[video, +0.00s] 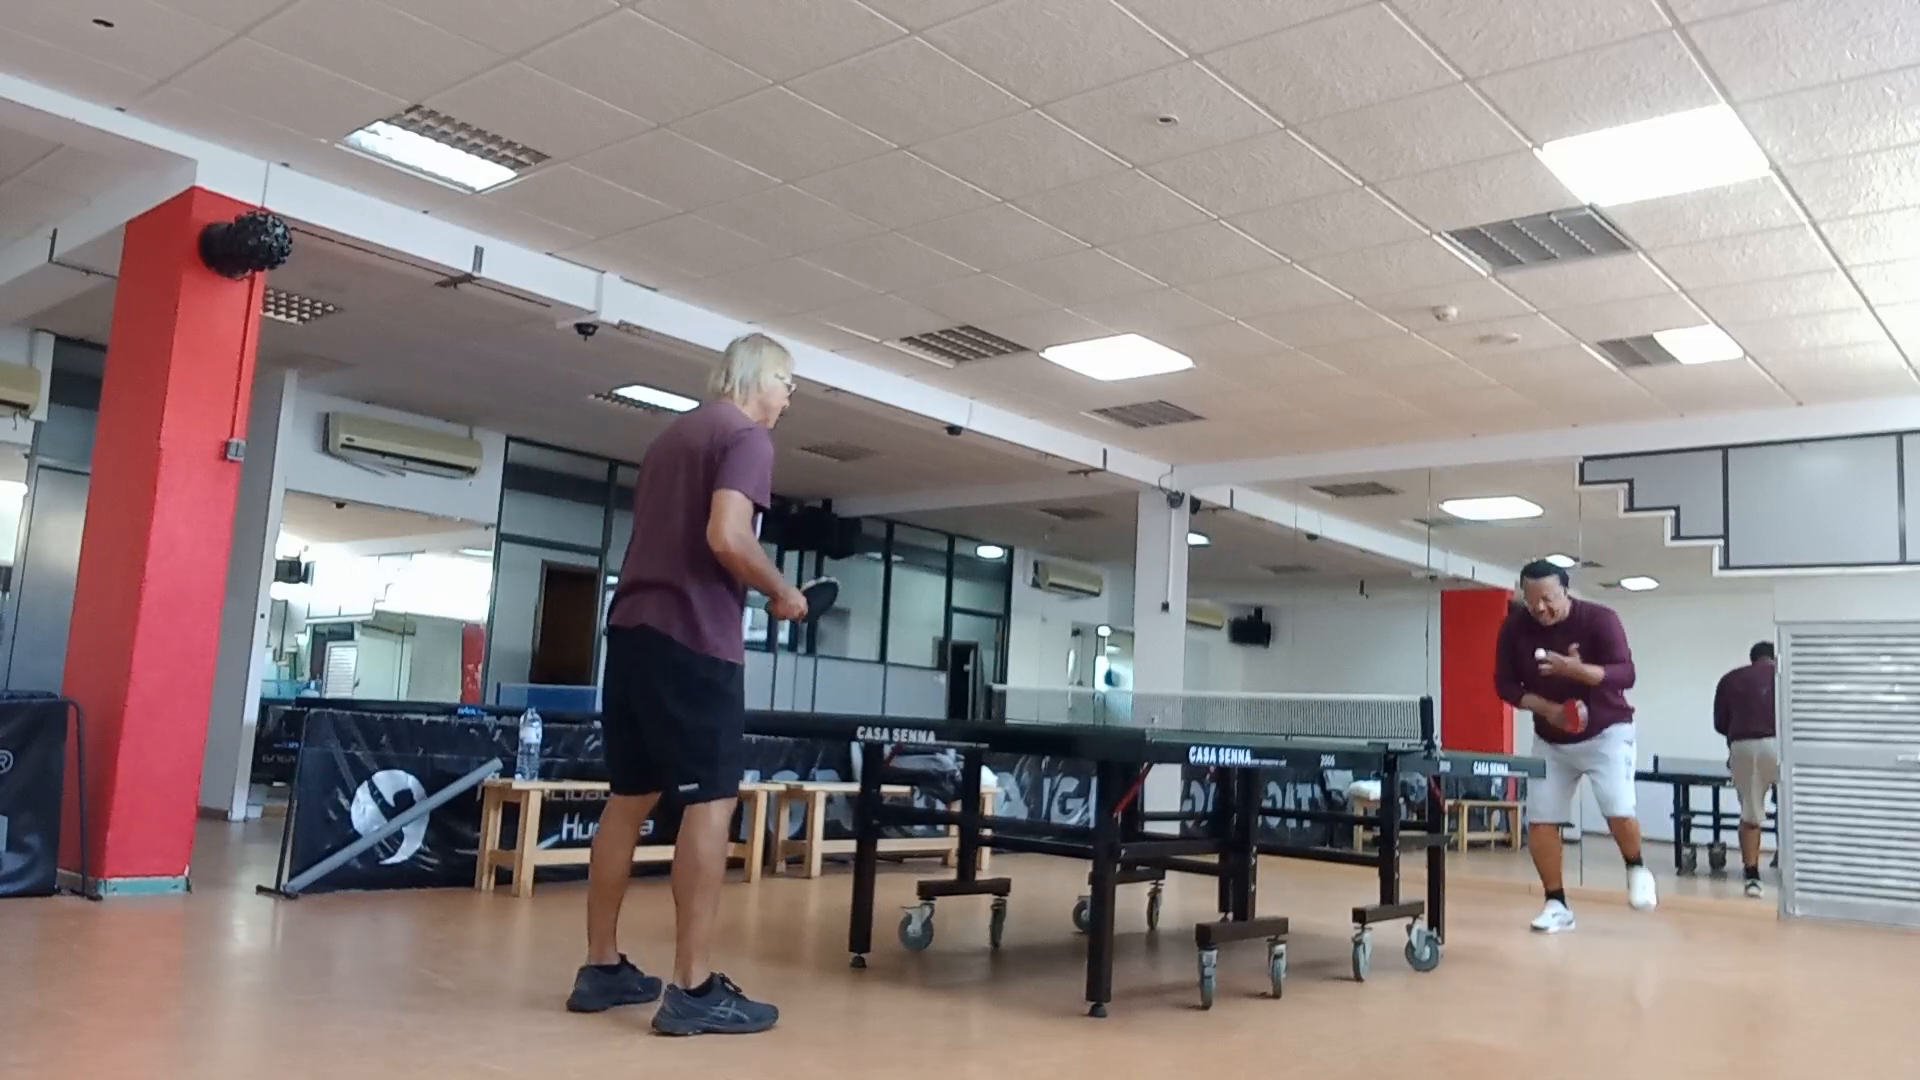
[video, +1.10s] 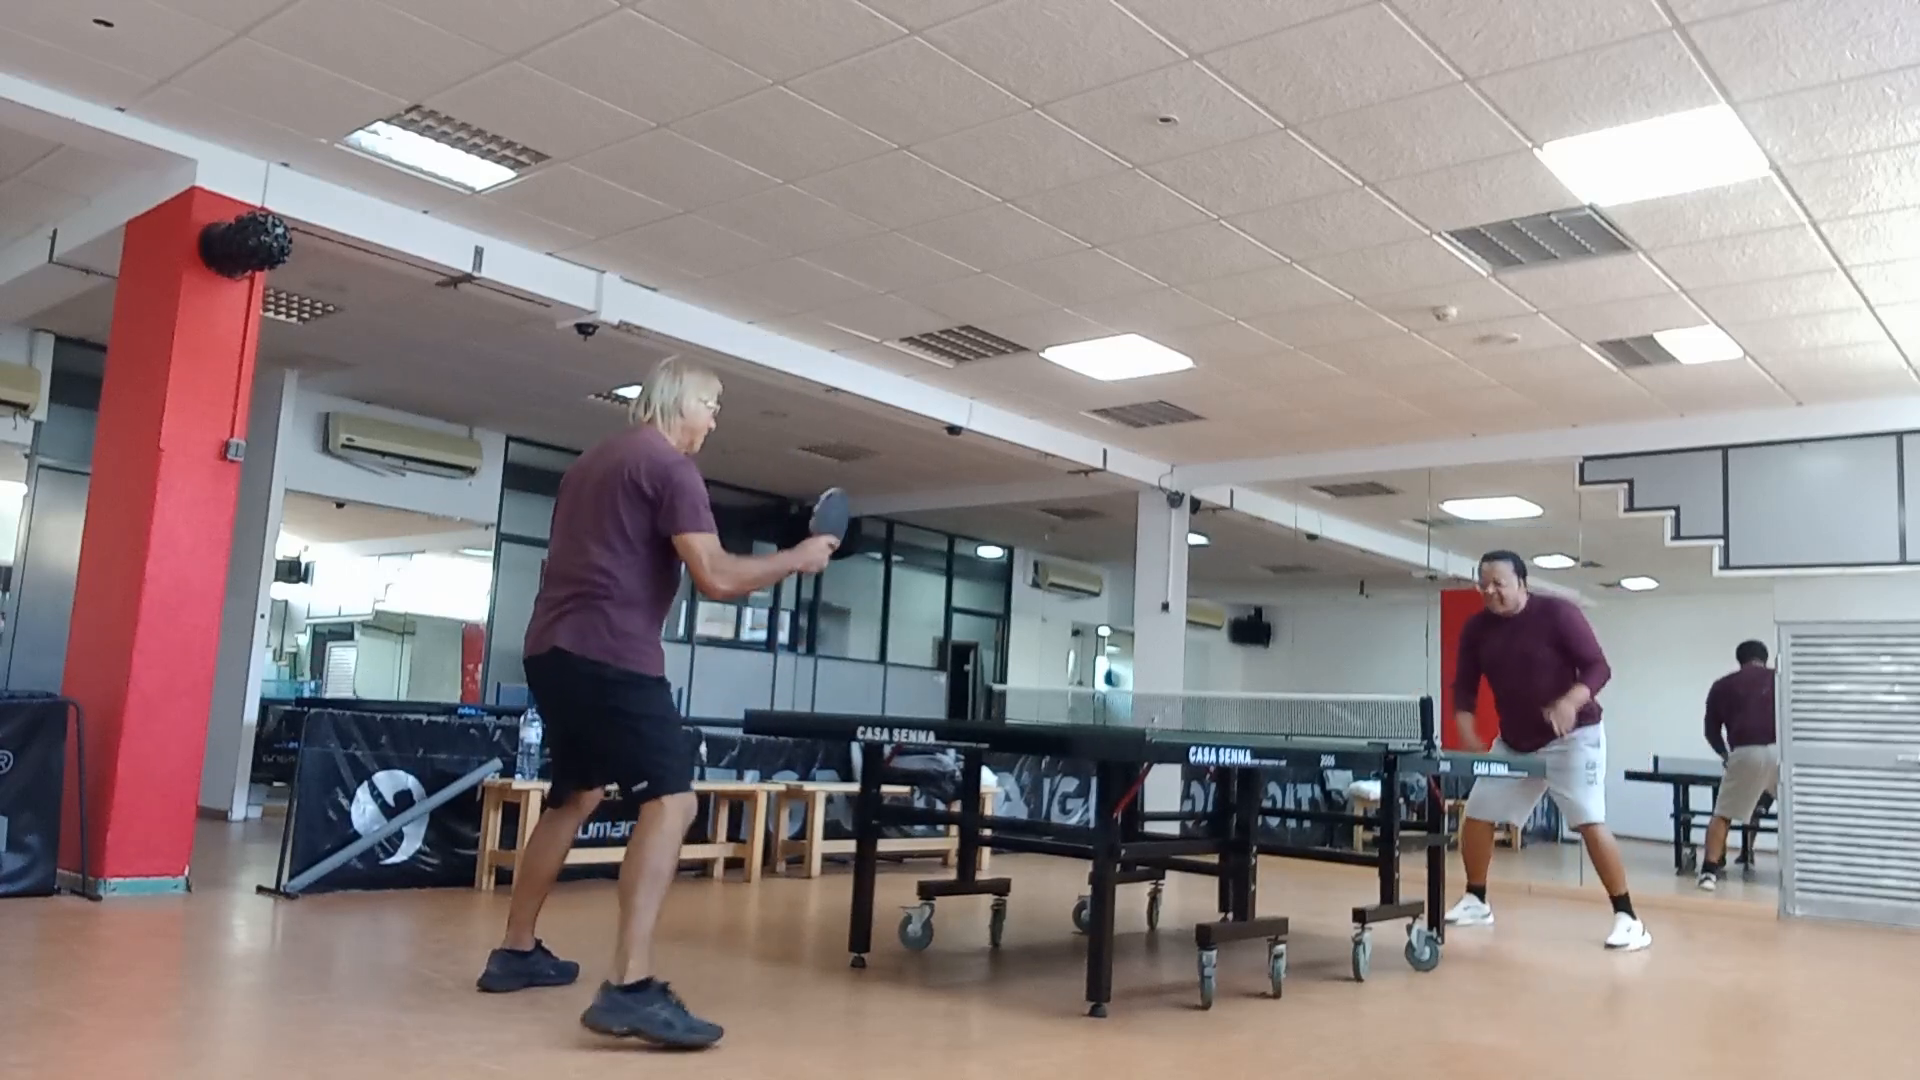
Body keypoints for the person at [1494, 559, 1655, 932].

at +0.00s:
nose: (1541, 608)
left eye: (1548, 600)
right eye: (1533, 601)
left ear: (1565, 590)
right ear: (1524, 597)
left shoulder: (1600, 620)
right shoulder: (1516, 627)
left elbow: (1625, 673)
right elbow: (1505, 686)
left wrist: (1579, 670)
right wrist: (1547, 708)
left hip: (1607, 735)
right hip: (1552, 740)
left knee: (1618, 810)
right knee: (1541, 818)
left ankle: (1636, 869)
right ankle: (1556, 904)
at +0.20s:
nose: (1542, 613)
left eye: (1550, 604)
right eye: (1533, 605)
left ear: (1566, 596)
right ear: (1523, 600)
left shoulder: (1599, 625)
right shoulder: (1513, 627)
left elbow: (1640, 679)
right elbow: (1483, 678)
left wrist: (1615, 704)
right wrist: (1533, 700)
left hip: (1600, 737)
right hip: (1546, 745)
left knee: (1601, 794)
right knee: (1532, 821)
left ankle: (1627, 870)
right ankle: (1555, 905)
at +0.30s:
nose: (1542, 615)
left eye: (1550, 607)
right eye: (1534, 608)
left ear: (1568, 600)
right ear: (1526, 602)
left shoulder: (1599, 627)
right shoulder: (1516, 623)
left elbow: (1634, 686)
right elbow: (1475, 656)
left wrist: (1612, 743)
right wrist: (1493, 678)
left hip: (1596, 746)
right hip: (1544, 753)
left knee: (1604, 815)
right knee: (1529, 831)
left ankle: (1623, 908)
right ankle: (1556, 906)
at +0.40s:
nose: (1544, 610)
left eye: (1551, 602)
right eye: (1537, 603)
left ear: (1572, 597)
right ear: (1531, 600)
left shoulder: (1605, 629)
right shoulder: (1522, 621)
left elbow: (1633, 691)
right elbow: (1480, 626)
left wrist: (1614, 747)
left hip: (1596, 747)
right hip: (1541, 750)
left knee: (1606, 820)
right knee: (1519, 824)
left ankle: (1624, 916)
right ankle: (1550, 902)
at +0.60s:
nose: (1537, 589)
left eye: (1545, 581)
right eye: (1532, 582)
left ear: (1568, 582)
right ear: (1527, 583)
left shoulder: (1602, 618)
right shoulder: (1517, 608)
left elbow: (1635, 678)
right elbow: (1470, 621)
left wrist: (1631, 740)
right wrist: (1422, 627)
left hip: (1591, 738)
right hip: (1533, 738)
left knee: (1602, 820)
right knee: (1497, 811)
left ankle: (1623, 916)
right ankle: (1483, 901)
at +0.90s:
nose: (1501, 583)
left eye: (1508, 574)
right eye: (1495, 577)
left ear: (1533, 576)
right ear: (1492, 582)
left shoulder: (1574, 612)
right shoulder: (1488, 616)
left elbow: (1615, 666)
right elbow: (1452, 659)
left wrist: (1622, 729)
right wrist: (1414, 693)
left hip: (1573, 735)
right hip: (1516, 737)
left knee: (1590, 824)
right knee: (1485, 815)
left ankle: (1623, 915)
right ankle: (1476, 902)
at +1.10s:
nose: (1492, 592)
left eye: (1499, 583)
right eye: (1485, 585)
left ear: (1521, 582)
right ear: (1480, 589)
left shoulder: (1558, 614)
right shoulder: (1477, 629)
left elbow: (1599, 668)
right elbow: (1465, 685)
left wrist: (1571, 700)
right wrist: (1468, 731)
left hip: (1573, 739)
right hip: (1515, 743)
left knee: (1588, 822)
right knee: (1477, 813)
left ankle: (1627, 918)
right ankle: (1476, 902)